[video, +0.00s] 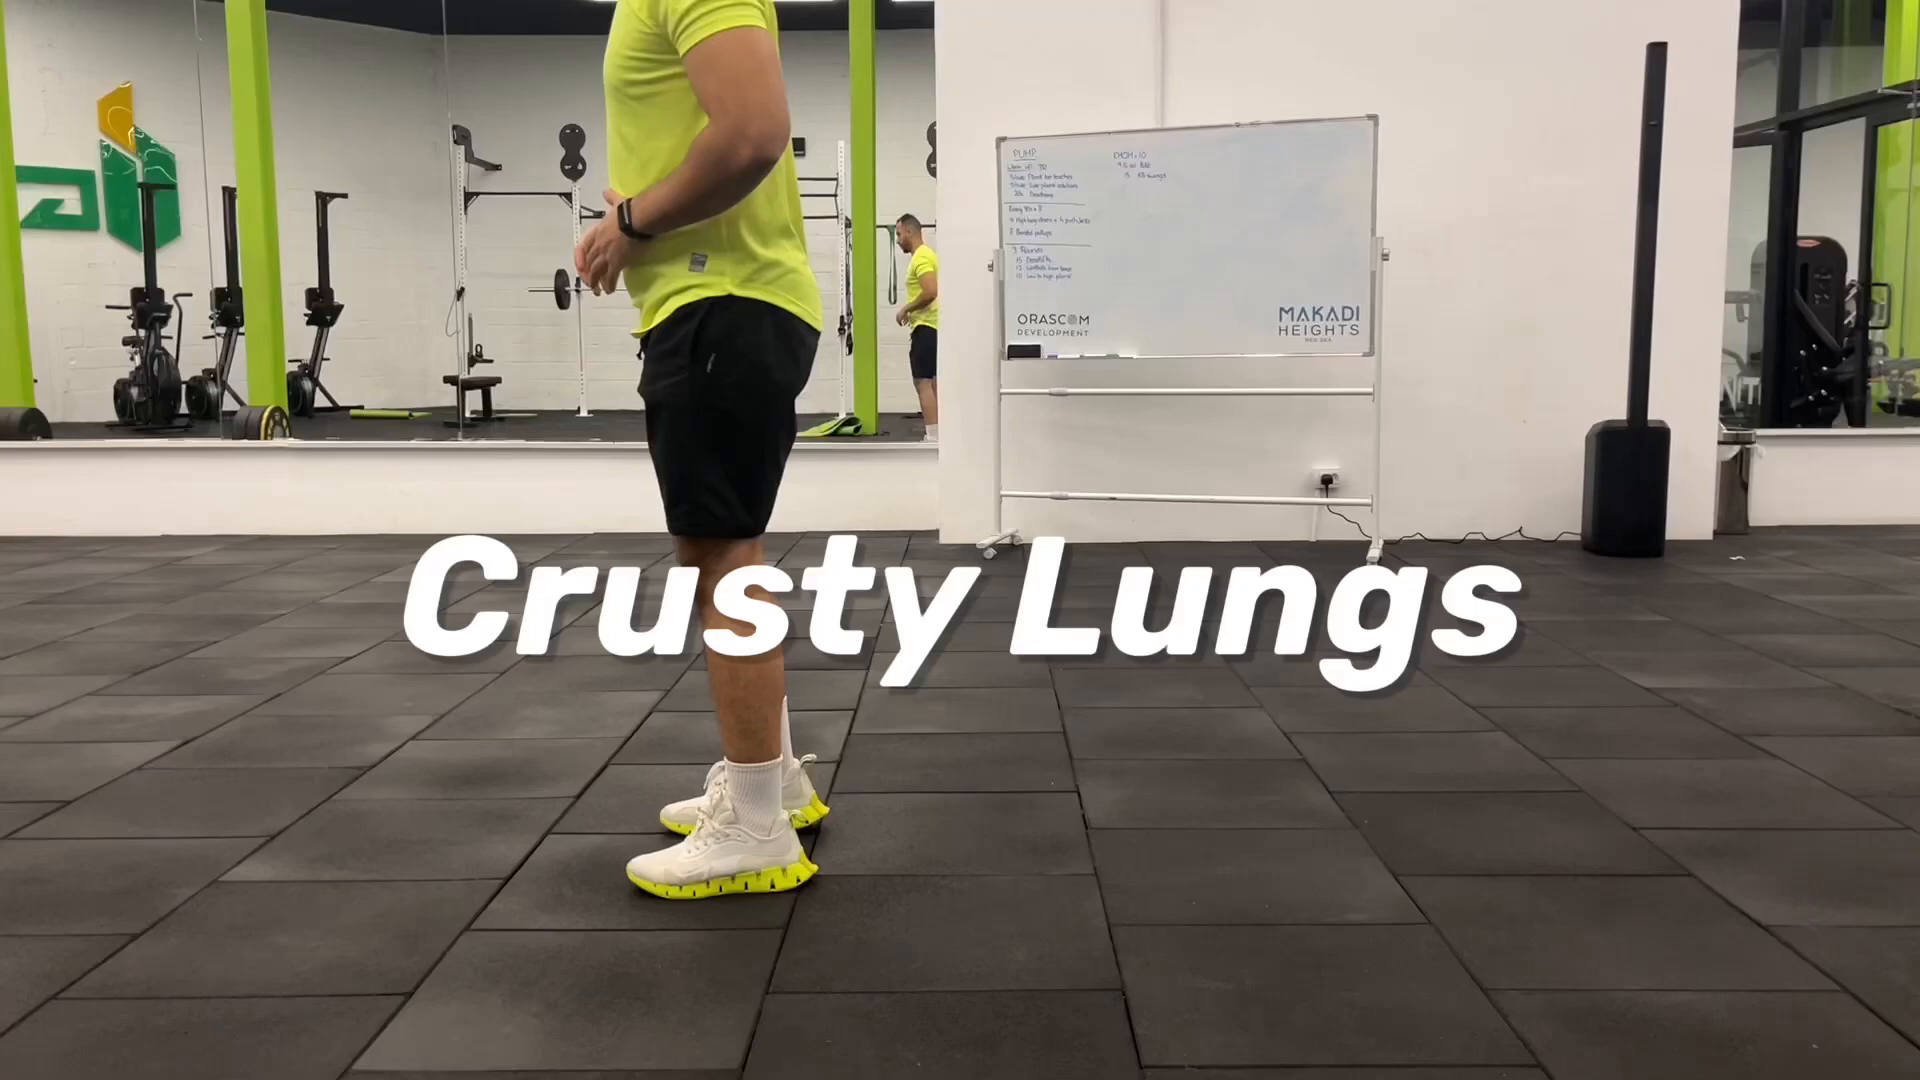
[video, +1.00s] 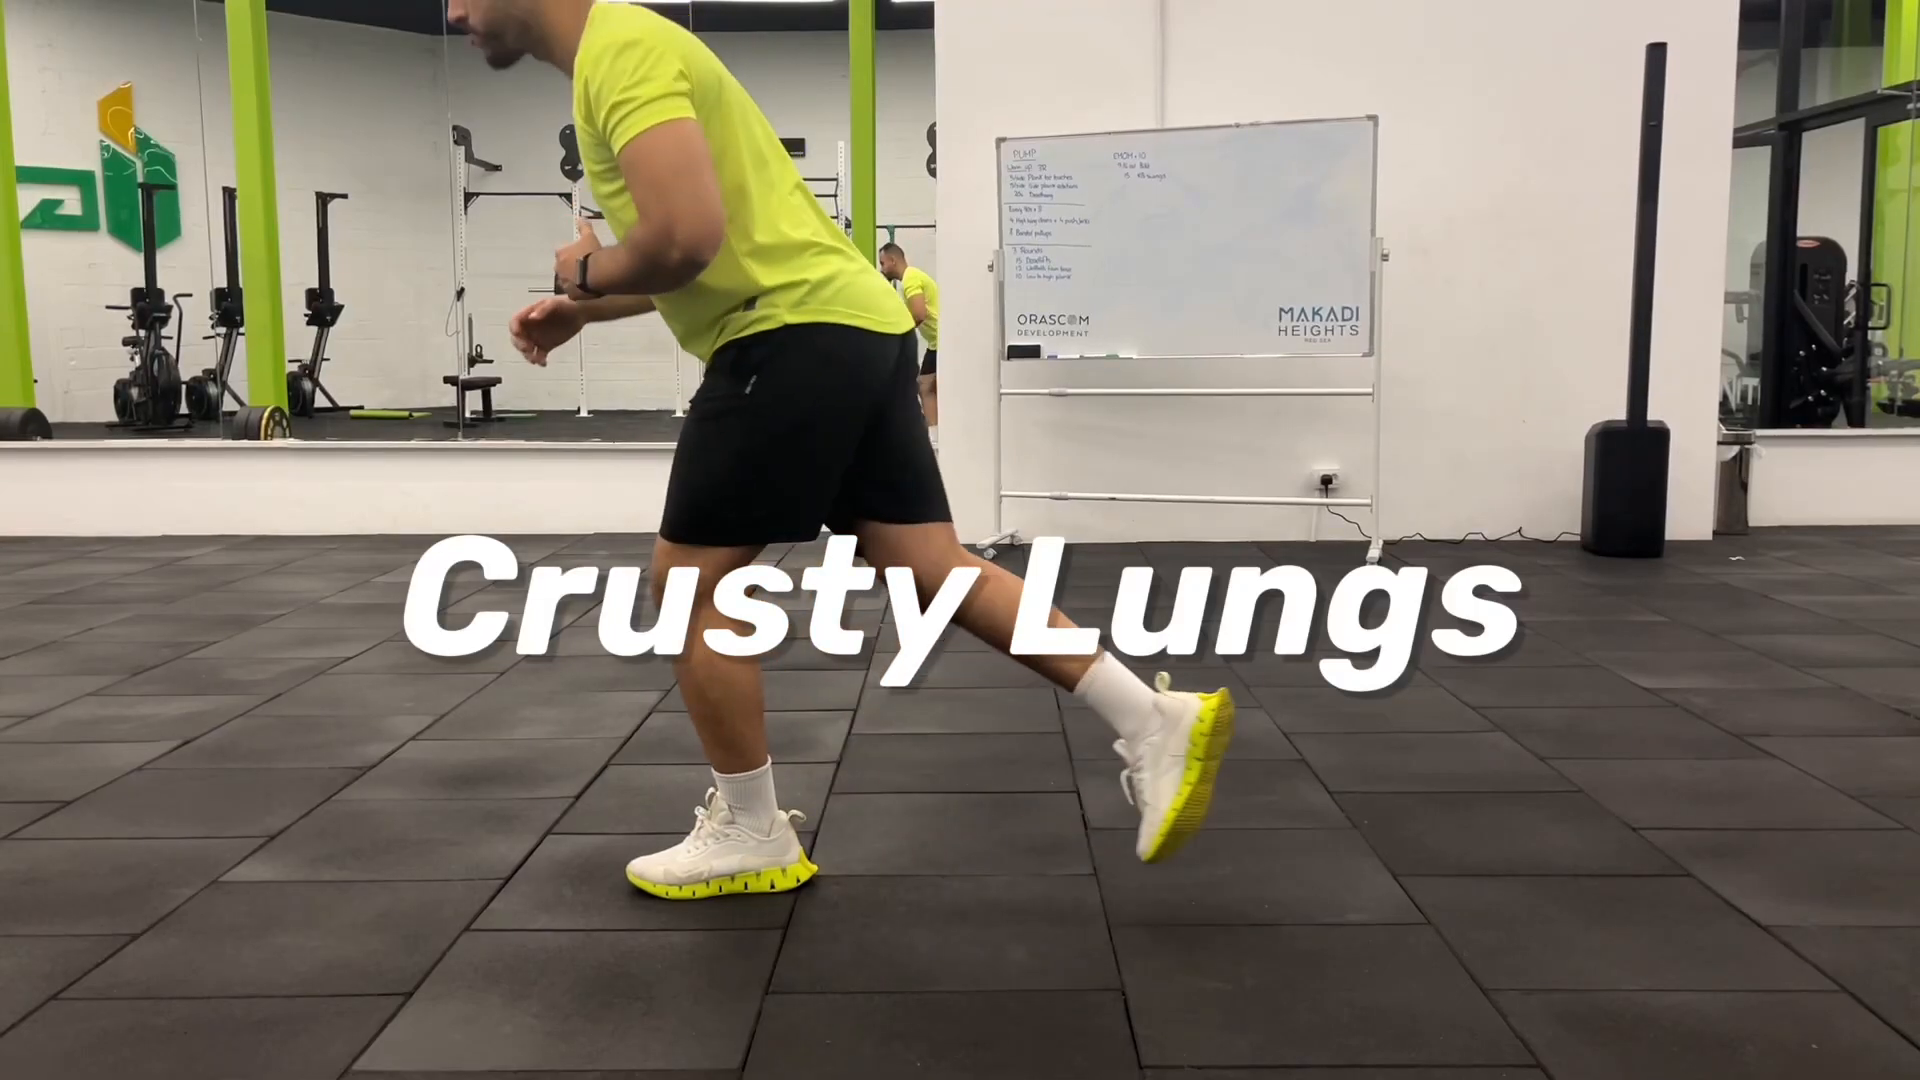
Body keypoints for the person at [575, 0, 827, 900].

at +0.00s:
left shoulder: (697, 1)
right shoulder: (671, 10)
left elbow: (752, 131)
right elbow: (733, 139)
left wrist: (631, 221)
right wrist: (627, 224)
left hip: (725, 301)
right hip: (715, 299)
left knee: (720, 553)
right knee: (724, 548)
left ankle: (755, 824)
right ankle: (770, 772)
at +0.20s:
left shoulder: (691, 2)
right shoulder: (667, 10)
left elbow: (729, 136)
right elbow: (704, 145)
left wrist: (608, 201)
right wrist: (607, 211)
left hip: (725, 304)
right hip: (722, 301)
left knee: (710, 558)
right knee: (721, 550)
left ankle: (753, 824)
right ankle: (774, 773)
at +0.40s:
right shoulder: (708, 13)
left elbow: (707, 138)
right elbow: (730, 158)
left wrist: (591, 222)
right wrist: (624, 247)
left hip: (731, 304)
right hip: (766, 298)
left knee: (713, 559)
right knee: (742, 546)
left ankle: (752, 825)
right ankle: (778, 776)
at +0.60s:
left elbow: (691, 140)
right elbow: (714, 153)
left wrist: (594, 243)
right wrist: (606, 248)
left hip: (744, 303)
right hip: (801, 295)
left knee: (722, 565)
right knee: (783, 549)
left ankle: (750, 828)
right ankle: (879, 758)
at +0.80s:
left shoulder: (621, 7)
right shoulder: (671, 15)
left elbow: (685, 167)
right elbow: (717, 170)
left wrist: (587, 254)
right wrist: (595, 245)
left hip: (761, 309)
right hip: (829, 301)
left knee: (716, 568)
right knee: (851, 546)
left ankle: (751, 826)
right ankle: (1041, 726)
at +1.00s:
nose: (453, 16)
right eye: (450, 5)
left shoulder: (622, 46)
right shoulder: (620, 70)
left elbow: (687, 229)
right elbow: (695, 264)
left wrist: (598, 269)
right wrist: (585, 312)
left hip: (785, 336)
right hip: (862, 326)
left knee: (691, 585)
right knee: (930, 563)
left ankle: (749, 827)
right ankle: (1153, 715)